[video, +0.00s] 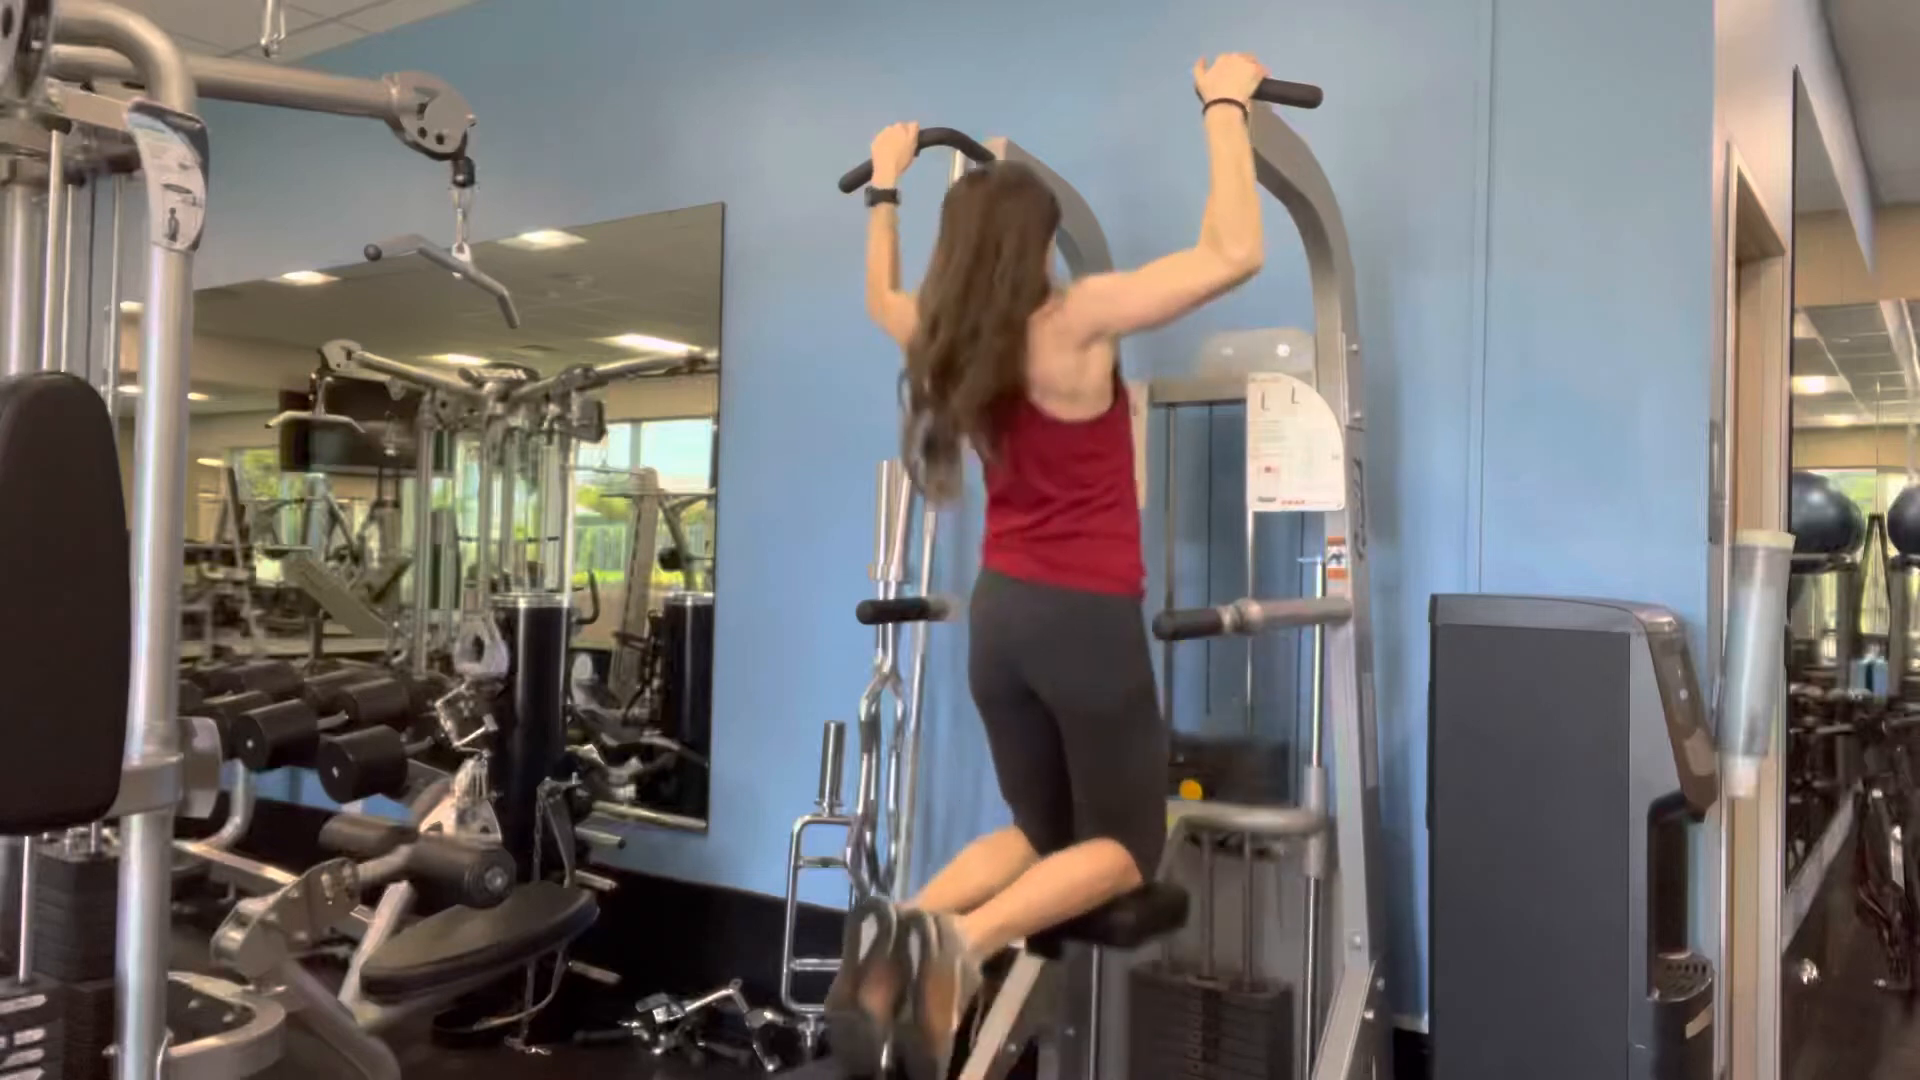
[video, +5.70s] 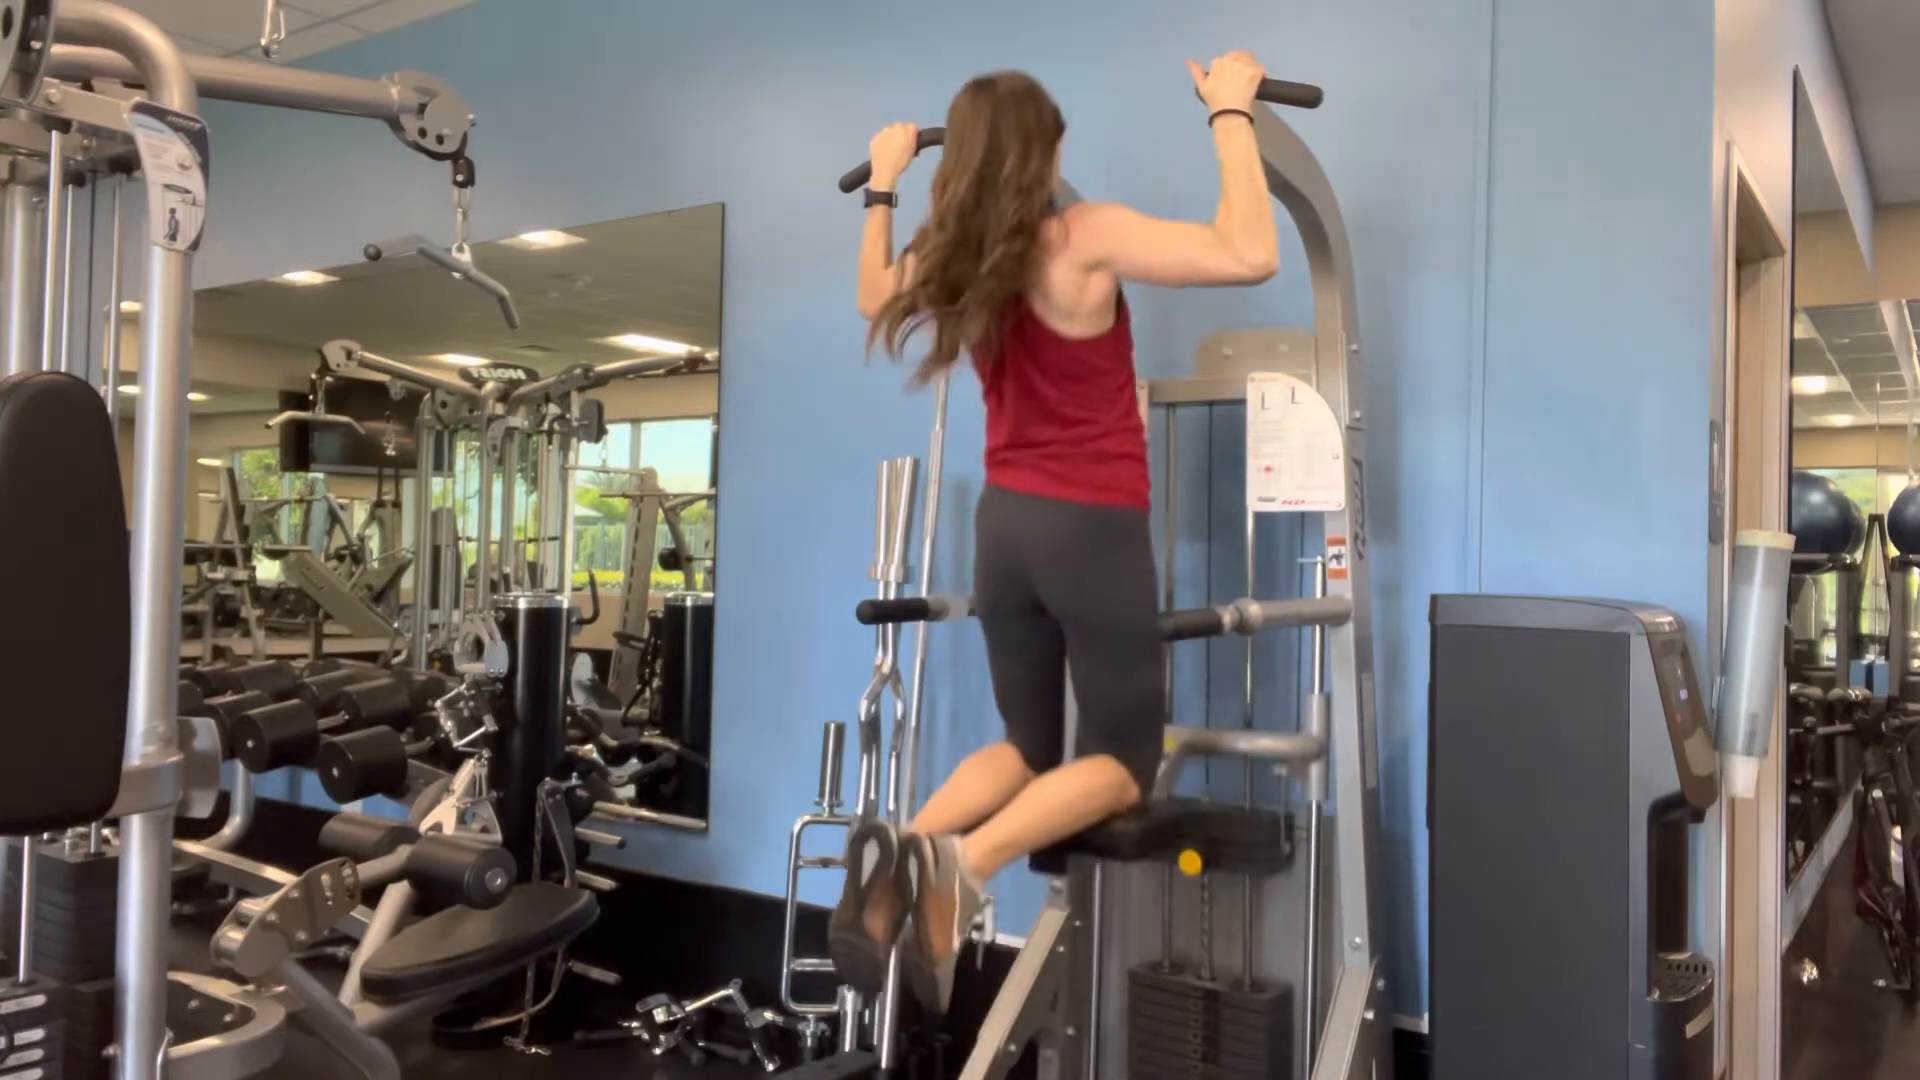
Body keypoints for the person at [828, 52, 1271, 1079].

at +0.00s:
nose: (1063, 243)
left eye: (1052, 231)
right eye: (1056, 230)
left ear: (964, 242)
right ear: (1043, 239)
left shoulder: (948, 333)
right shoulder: (1079, 314)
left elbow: (881, 292)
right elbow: (1234, 252)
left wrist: (885, 184)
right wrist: (1225, 107)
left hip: (1000, 612)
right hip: (1085, 618)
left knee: (1038, 830)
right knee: (1127, 847)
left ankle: (906, 933)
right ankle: (964, 947)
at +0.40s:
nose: (1091, 93)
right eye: (1086, 80)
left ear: (993, 98)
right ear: (1079, 89)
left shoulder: (977, 195)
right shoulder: (1112, 174)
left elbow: (883, 291)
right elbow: (1228, 247)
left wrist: (880, 184)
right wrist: (1230, 108)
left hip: (1020, 459)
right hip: (1110, 461)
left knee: (1048, 689)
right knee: (1134, 703)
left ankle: (918, 769)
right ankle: (973, 783)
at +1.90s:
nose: (1044, 236)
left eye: (1021, 227)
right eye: (1036, 225)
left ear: (953, 245)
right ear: (1029, 235)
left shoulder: (943, 330)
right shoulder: (1069, 309)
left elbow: (886, 286)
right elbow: (1226, 256)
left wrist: (884, 185)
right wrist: (1226, 110)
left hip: (991, 614)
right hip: (1080, 621)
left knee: (1037, 820)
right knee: (1127, 842)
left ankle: (907, 908)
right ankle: (962, 926)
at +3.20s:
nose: (1076, 103)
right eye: (1072, 90)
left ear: (978, 105)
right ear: (1062, 98)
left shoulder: (966, 199)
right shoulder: (1101, 178)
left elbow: (883, 294)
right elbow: (1229, 252)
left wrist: (880, 184)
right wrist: (1230, 111)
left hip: (1019, 464)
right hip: (1109, 466)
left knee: (1037, 690)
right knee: (1131, 705)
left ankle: (914, 779)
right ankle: (976, 785)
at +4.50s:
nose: (1054, 199)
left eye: (1040, 185)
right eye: (1046, 187)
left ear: (953, 216)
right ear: (1036, 204)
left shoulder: (952, 304)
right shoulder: (1077, 278)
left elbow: (880, 295)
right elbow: (1237, 256)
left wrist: (882, 187)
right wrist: (1228, 113)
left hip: (1004, 577)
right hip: (1093, 580)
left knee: (1031, 784)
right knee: (1127, 804)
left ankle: (913, 866)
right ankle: (970, 887)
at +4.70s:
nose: (1048, 307)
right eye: (1037, 295)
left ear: (956, 322)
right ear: (1034, 312)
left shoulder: (955, 395)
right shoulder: (1076, 382)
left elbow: (905, 293)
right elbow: (1200, 270)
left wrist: (885, 185)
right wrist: (1225, 114)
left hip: (997, 685)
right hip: (1087, 693)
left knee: (1023, 894)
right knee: (1119, 916)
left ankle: (900, 1002)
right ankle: (965, 1028)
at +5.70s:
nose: (1064, 152)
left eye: (1057, 143)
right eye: (1059, 142)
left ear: (963, 158)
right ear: (1047, 150)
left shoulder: (965, 247)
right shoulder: (1089, 232)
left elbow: (874, 298)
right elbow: (1248, 253)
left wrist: (881, 185)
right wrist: (1232, 113)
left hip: (1003, 524)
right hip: (1092, 531)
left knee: (1029, 749)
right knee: (1126, 762)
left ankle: (903, 854)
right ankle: (964, 867)